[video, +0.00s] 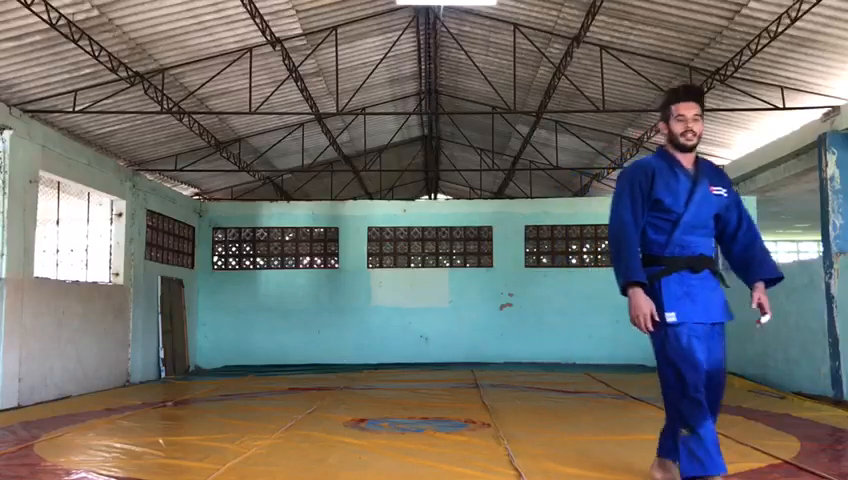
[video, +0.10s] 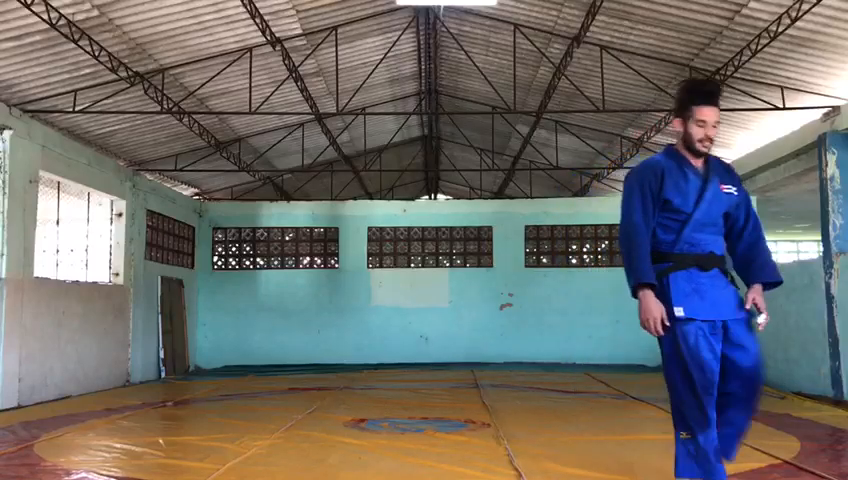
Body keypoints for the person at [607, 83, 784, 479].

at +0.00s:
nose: (689, 126)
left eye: (695, 119)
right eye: (680, 119)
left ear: (702, 124)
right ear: (663, 125)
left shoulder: (714, 176)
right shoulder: (641, 172)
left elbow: (739, 231)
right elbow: (622, 233)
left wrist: (757, 280)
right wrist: (633, 288)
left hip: (707, 280)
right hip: (665, 282)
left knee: (710, 376)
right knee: (689, 379)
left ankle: (666, 460)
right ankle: (709, 470)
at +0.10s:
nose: (708, 133)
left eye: (714, 125)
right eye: (700, 124)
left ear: (719, 125)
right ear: (678, 122)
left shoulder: (725, 174)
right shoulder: (650, 173)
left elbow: (746, 231)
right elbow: (634, 235)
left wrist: (756, 282)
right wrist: (644, 292)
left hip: (720, 280)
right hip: (677, 281)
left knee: (747, 366)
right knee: (697, 384)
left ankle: (714, 454)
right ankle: (702, 470)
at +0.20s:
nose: (730, 145)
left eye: (736, 137)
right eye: (723, 136)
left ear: (741, 132)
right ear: (699, 127)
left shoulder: (737, 176)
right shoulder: (658, 173)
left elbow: (752, 236)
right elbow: (642, 235)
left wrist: (761, 284)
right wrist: (654, 290)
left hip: (733, 281)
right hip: (683, 283)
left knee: (773, 362)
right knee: (696, 393)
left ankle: (734, 444)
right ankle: (698, 471)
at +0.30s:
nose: (752, 156)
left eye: (758, 149)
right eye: (747, 147)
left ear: (762, 140)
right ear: (723, 132)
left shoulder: (754, 178)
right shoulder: (672, 168)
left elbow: (761, 240)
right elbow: (649, 228)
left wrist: (768, 283)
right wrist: (661, 283)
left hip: (738, 277)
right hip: (687, 277)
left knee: (780, 367)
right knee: (696, 390)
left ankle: (785, 465)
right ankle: (698, 473)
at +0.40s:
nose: (768, 167)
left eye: (773, 160)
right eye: (766, 157)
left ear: (756, 147)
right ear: (747, 141)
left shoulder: (759, 179)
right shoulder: (686, 167)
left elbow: (765, 242)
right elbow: (655, 226)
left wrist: (773, 292)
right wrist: (667, 282)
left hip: (742, 285)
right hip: (692, 284)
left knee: (783, 380)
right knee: (696, 395)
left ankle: (804, 469)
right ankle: (699, 472)